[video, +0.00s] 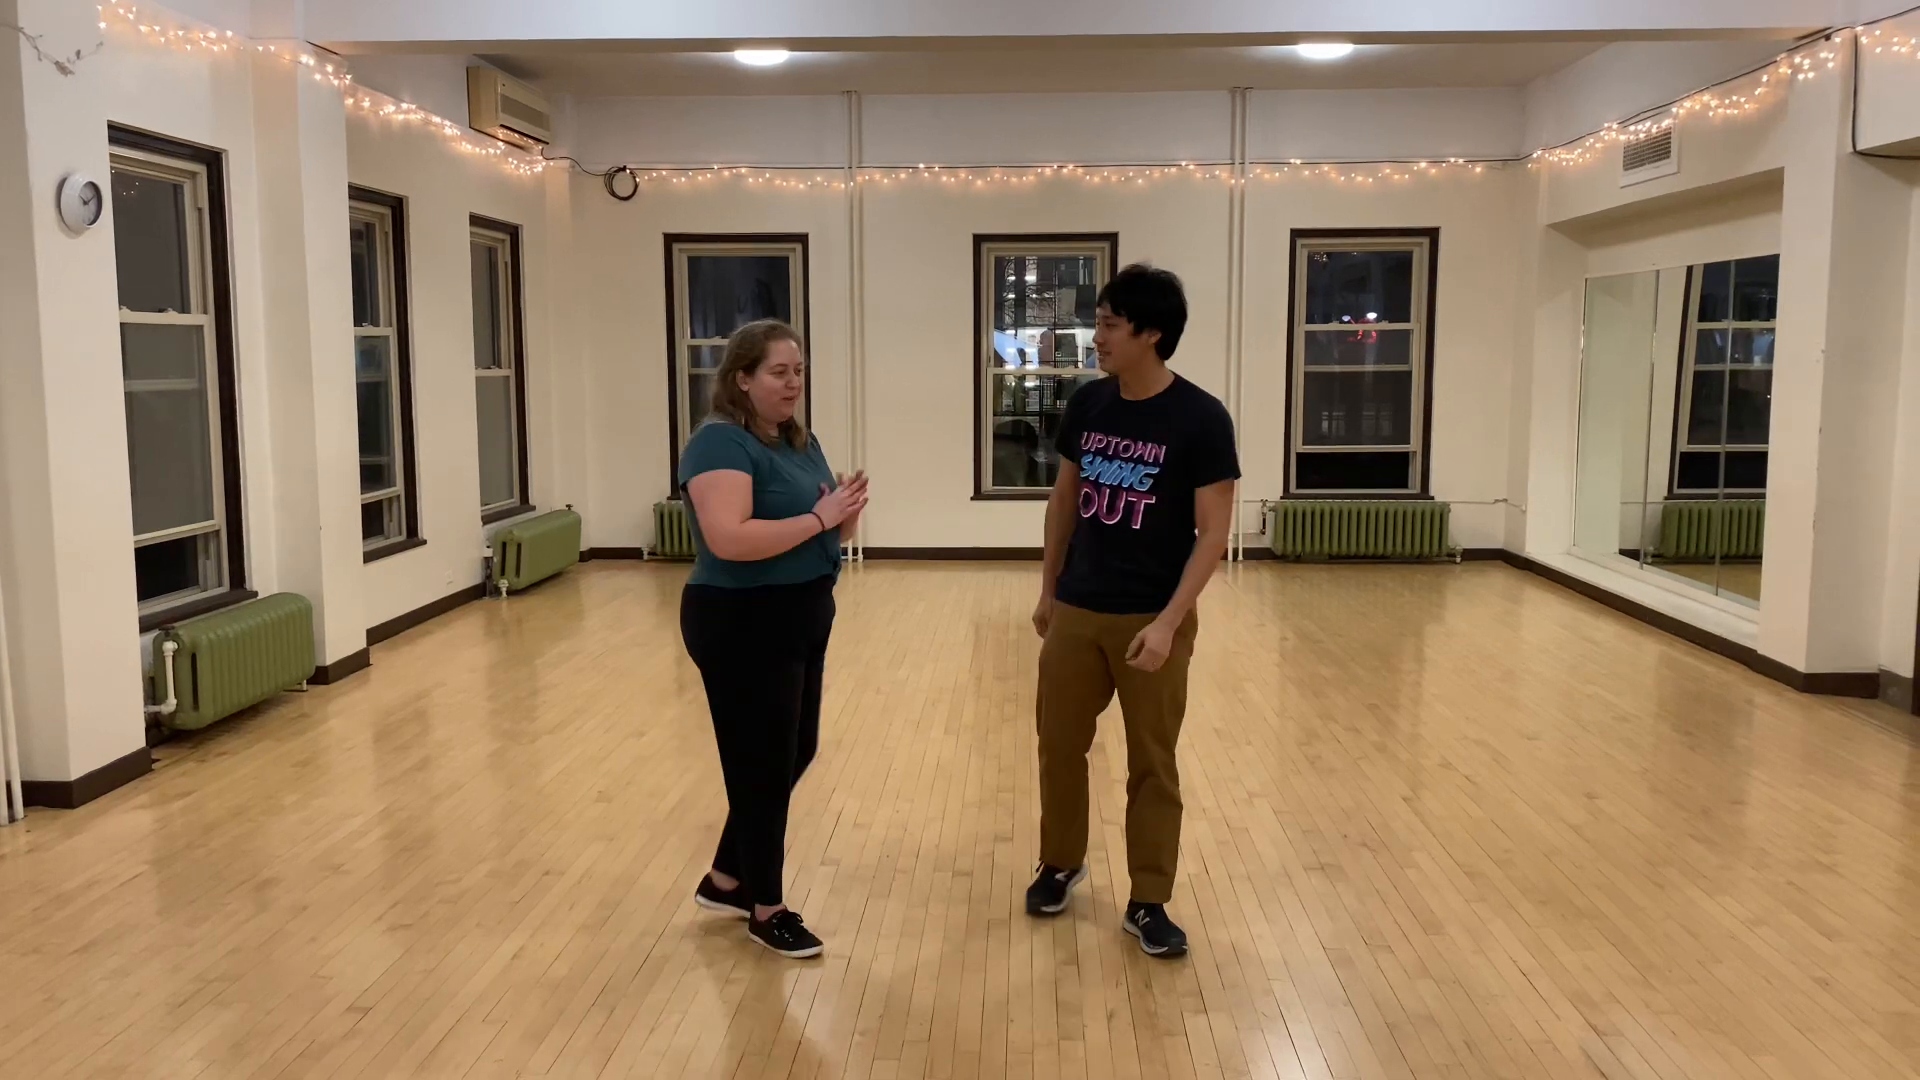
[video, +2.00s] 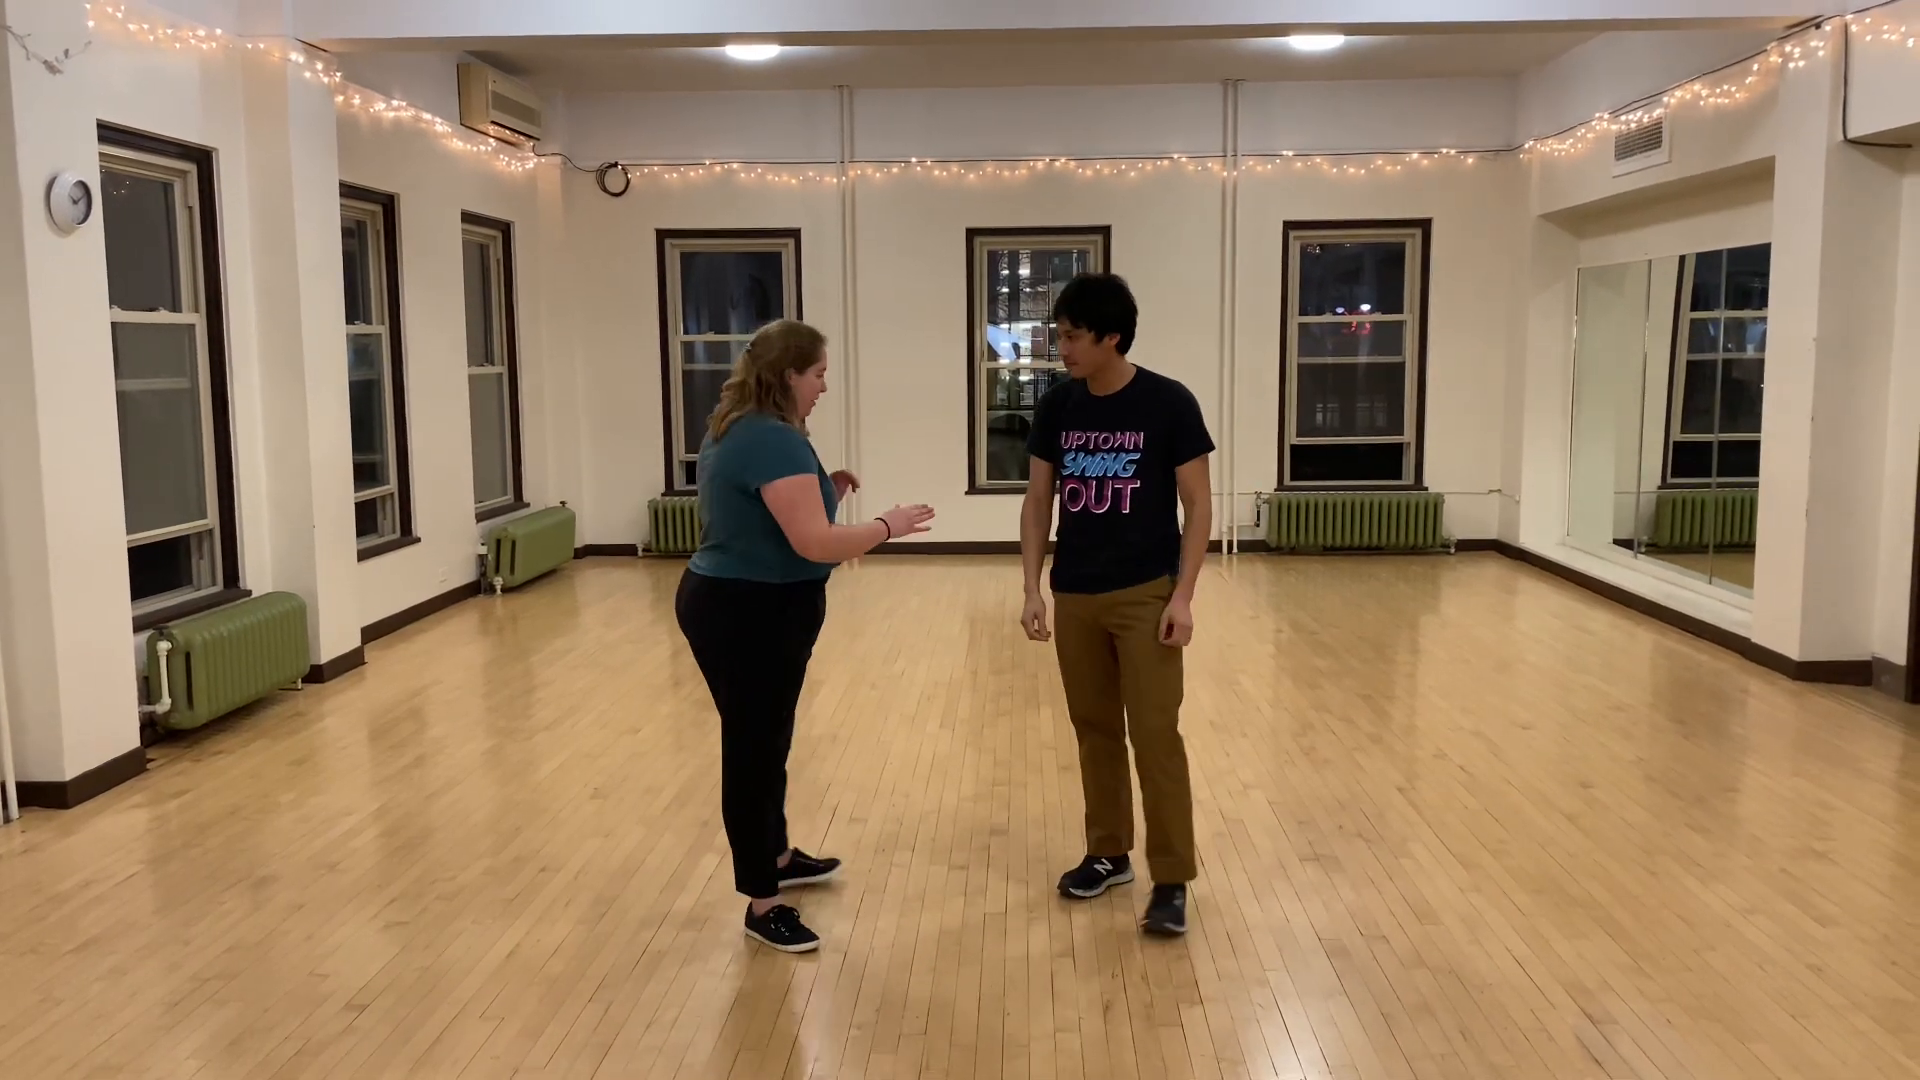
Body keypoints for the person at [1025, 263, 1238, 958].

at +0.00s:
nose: (1097, 337)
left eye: (1110, 327)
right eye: (1097, 325)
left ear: (1152, 335)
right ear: (1117, 332)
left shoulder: (1202, 420)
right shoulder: (1088, 404)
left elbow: (1214, 536)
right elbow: (1065, 497)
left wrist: (1169, 621)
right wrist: (1049, 589)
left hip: (1154, 623)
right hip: (1075, 614)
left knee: (1152, 764)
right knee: (1059, 745)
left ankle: (1148, 900)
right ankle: (1060, 862)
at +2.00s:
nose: (1062, 347)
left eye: (1072, 336)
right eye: (1060, 335)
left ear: (1112, 338)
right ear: (1072, 336)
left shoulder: (1169, 403)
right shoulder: (1058, 404)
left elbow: (1199, 507)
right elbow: (1037, 499)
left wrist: (1184, 594)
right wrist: (1033, 583)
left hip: (1147, 596)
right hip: (1075, 598)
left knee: (1154, 738)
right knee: (1095, 733)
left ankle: (1171, 880)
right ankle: (1109, 855)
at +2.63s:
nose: (1041, 345)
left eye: (1049, 333)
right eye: (1039, 334)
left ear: (1088, 331)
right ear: (1070, 334)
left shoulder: (1142, 402)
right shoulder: (1063, 404)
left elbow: (1159, 510)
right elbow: (1039, 492)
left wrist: (1125, 601)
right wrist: (960, 514)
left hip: (1127, 596)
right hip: (1069, 594)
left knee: (1138, 736)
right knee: (1087, 727)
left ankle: (1159, 883)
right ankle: (1106, 850)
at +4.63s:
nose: (950, 346)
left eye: (958, 333)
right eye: (951, 333)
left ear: (994, 339)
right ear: (993, 341)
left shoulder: (1050, 406)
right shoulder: (1009, 410)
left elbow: (1096, 508)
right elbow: (1011, 508)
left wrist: (1029, 580)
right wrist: (935, 543)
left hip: (1074, 596)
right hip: (1036, 596)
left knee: (1043, 731)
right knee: (1020, 733)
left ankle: (1146, 845)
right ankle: (1037, 881)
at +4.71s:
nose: (936, 343)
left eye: (944, 331)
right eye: (938, 330)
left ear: (980, 338)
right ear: (976, 336)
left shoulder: (1038, 403)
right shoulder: (993, 411)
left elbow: (1087, 502)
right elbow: (987, 507)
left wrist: (1017, 569)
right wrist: (903, 536)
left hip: (1059, 591)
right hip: (1026, 591)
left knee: (1006, 727)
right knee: (1013, 728)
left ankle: (1098, 855)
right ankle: (1035, 878)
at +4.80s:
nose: (926, 343)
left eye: (936, 331)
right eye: (929, 331)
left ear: (970, 339)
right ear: (968, 341)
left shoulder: (1028, 406)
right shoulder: (977, 419)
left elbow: (1078, 500)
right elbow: (954, 512)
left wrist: (1009, 562)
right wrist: (867, 529)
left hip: (1046, 597)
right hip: (1021, 594)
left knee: (973, 726)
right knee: (1005, 726)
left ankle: (1031, 876)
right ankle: (1033, 873)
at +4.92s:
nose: (913, 350)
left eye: (922, 338)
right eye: (916, 337)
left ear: (957, 347)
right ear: (956, 347)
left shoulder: (1016, 412)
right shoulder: (957, 423)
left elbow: (1067, 504)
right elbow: (916, 515)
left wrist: (994, 564)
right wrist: (820, 529)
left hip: (1031, 602)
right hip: (997, 599)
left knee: (938, 724)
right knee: (983, 735)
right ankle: (1031, 877)